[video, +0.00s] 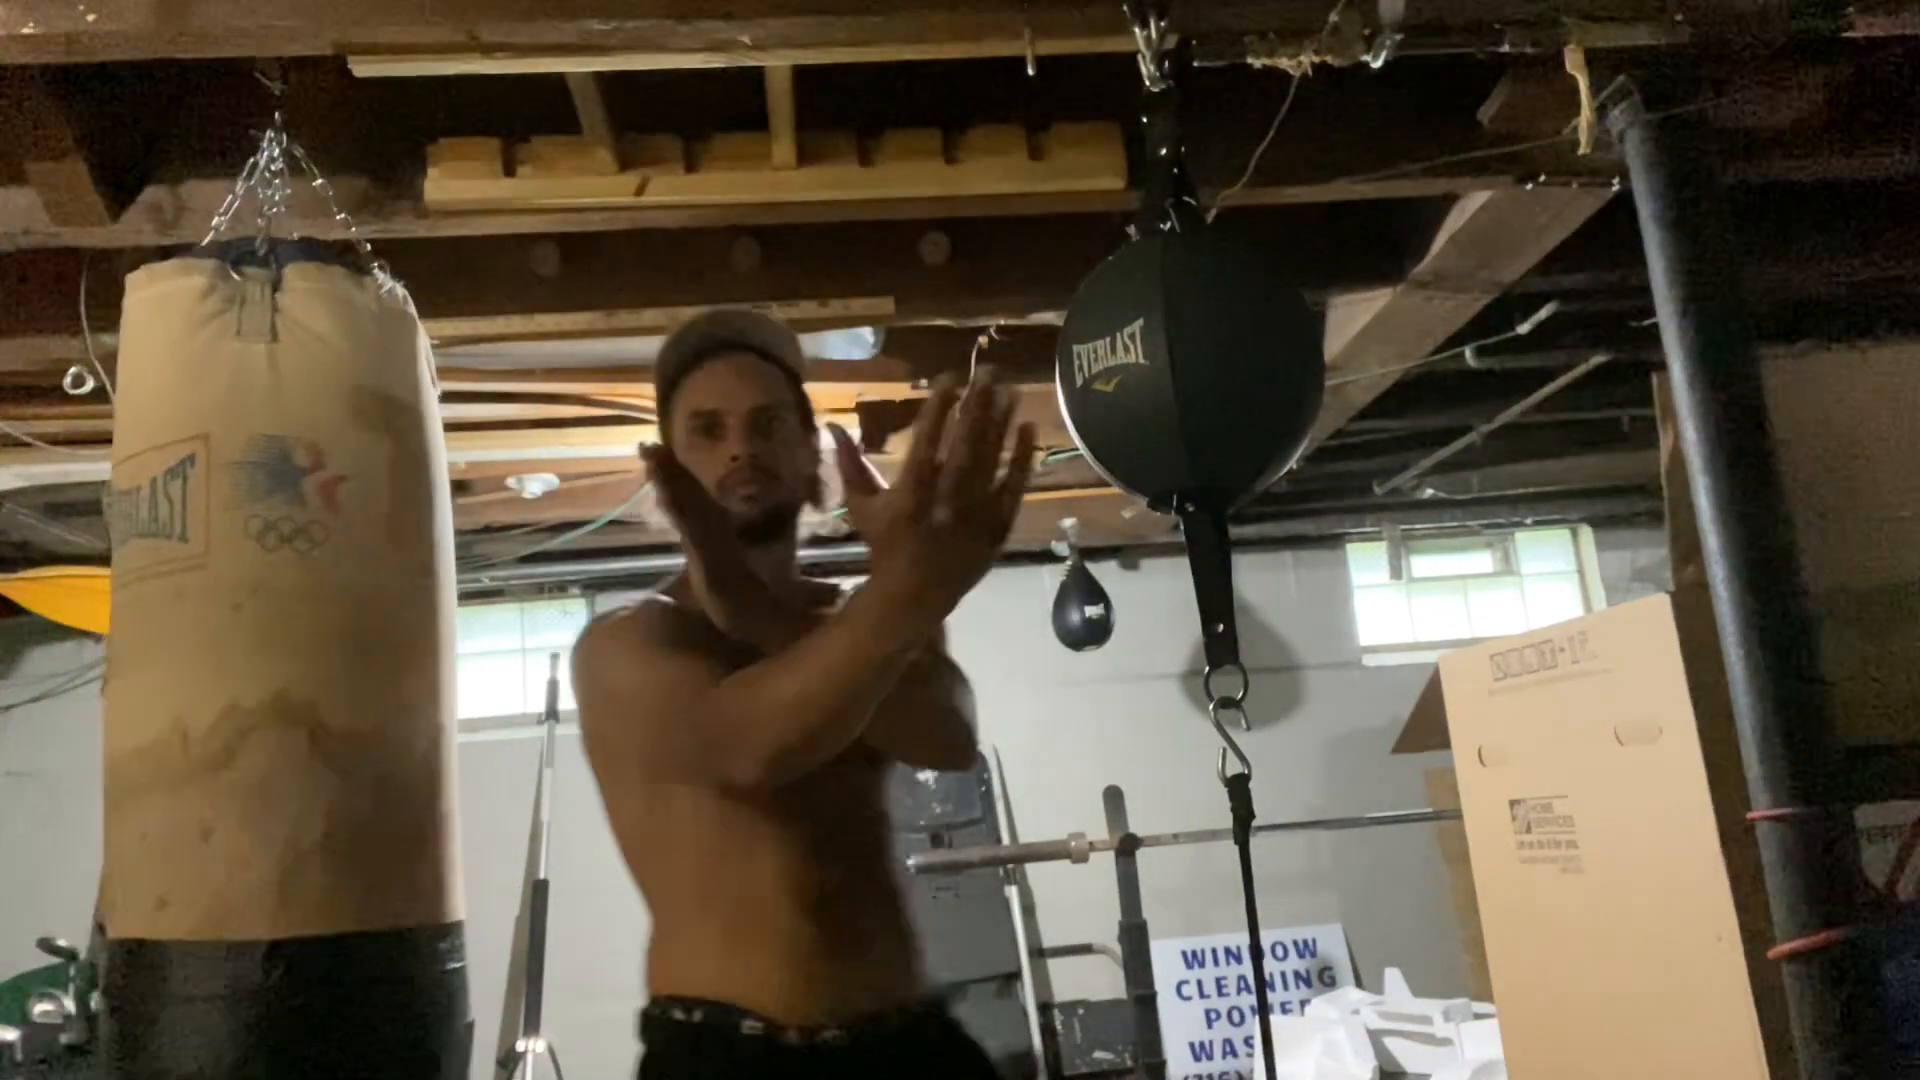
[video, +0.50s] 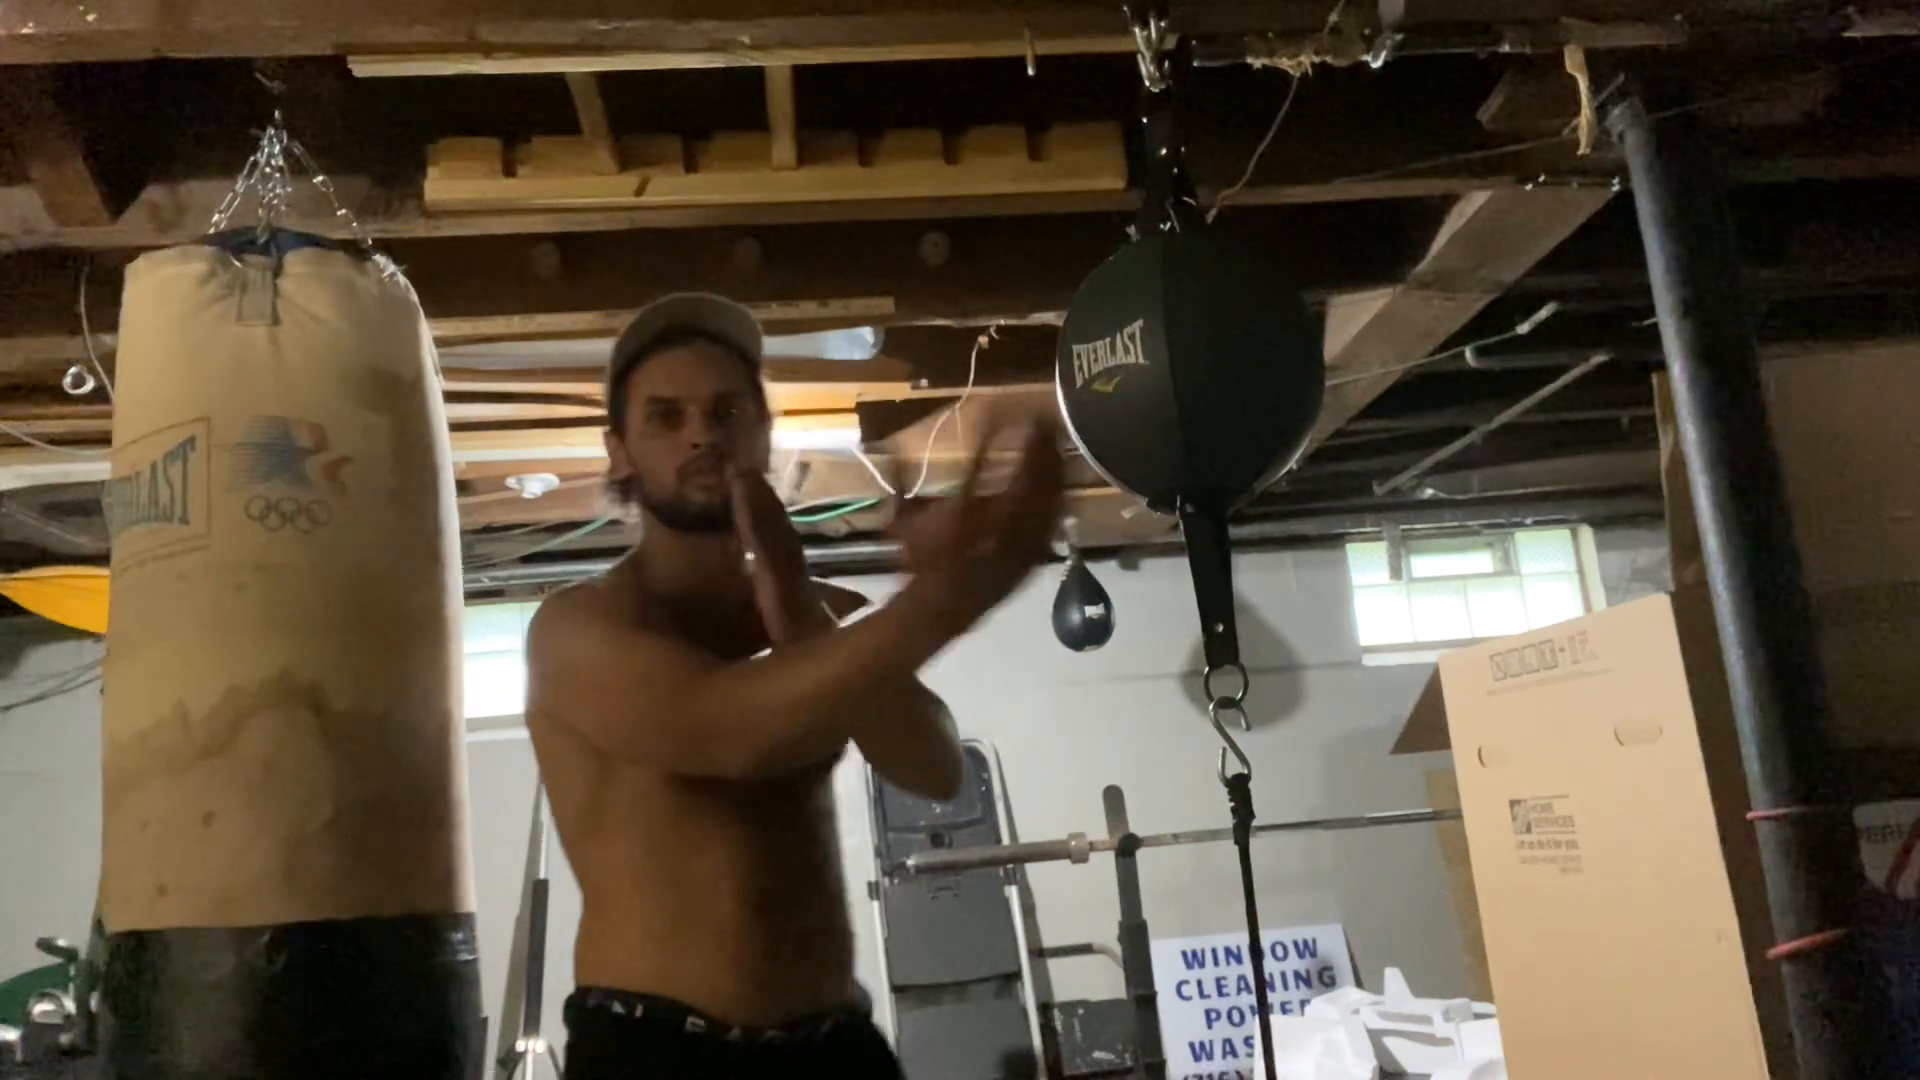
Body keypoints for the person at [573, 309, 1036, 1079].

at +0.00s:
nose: (742, 453)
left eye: (769, 425)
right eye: (708, 430)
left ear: (812, 453)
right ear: (670, 468)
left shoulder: (865, 616)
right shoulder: (623, 647)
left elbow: (950, 742)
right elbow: (745, 746)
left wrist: (753, 610)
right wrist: (911, 589)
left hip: (901, 1039)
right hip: (722, 1049)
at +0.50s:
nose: (703, 439)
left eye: (727, 412)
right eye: (665, 417)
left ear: (767, 439)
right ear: (621, 455)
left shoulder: (823, 613)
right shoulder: (576, 628)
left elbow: (936, 772)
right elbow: (734, 732)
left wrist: (806, 638)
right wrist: (942, 599)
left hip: (829, 1044)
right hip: (652, 1047)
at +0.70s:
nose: (713, 435)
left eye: (740, 406)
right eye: (685, 412)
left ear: (789, 445)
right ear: (645, 452)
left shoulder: (878, 618)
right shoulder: (587, 631)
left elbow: (987, 827)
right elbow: (637, 737)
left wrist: (858, 763)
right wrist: (708, 530)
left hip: (859, 1045)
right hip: (669, 1048)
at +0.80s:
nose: (712, 448)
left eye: (738, 421)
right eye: (685, 424)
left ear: (787, 453)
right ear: (648, 454)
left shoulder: (881, 621)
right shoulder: (576, 638)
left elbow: (962, 826)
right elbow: (600, 734)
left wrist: (820, 803)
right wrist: (646, 495)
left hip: (859, 1047)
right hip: (667, 1052)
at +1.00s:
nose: (689, 450)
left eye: (719, 425)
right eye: (659, 429)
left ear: (768, 452)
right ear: (626, 459)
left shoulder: (862, 610)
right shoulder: (589, 628)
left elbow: (836, 804)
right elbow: (578, 764)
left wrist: (622, 780)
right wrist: (582, 513)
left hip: (837, 1040)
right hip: (642, 1050)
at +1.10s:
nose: (689, 452)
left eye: (719, 423)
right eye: (660, 429)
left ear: (771, 444)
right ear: (629, 458)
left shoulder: (860, 606)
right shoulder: (576, 638)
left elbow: (810, 776)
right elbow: (574, 804)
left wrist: (547, 742)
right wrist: (586, 562)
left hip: (837, 1039)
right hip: (649, 1051)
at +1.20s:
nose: (704, 448)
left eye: (735, 415)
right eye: (674, 422)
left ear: (789, 438)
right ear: (650, 451)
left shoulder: (874, 593)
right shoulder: (647, 628)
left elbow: (772, 747)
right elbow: (585, 810)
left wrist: (460, 685)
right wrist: (590, 576)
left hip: (854, 1027)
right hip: (682, 1041)